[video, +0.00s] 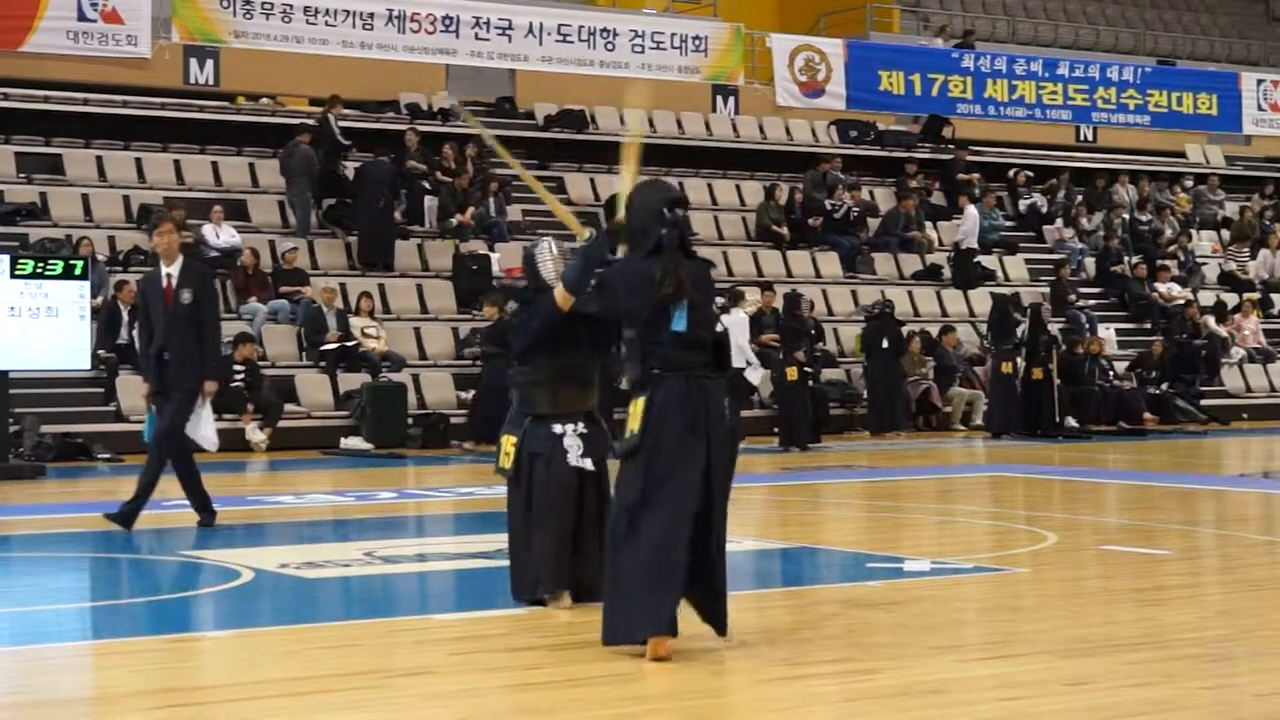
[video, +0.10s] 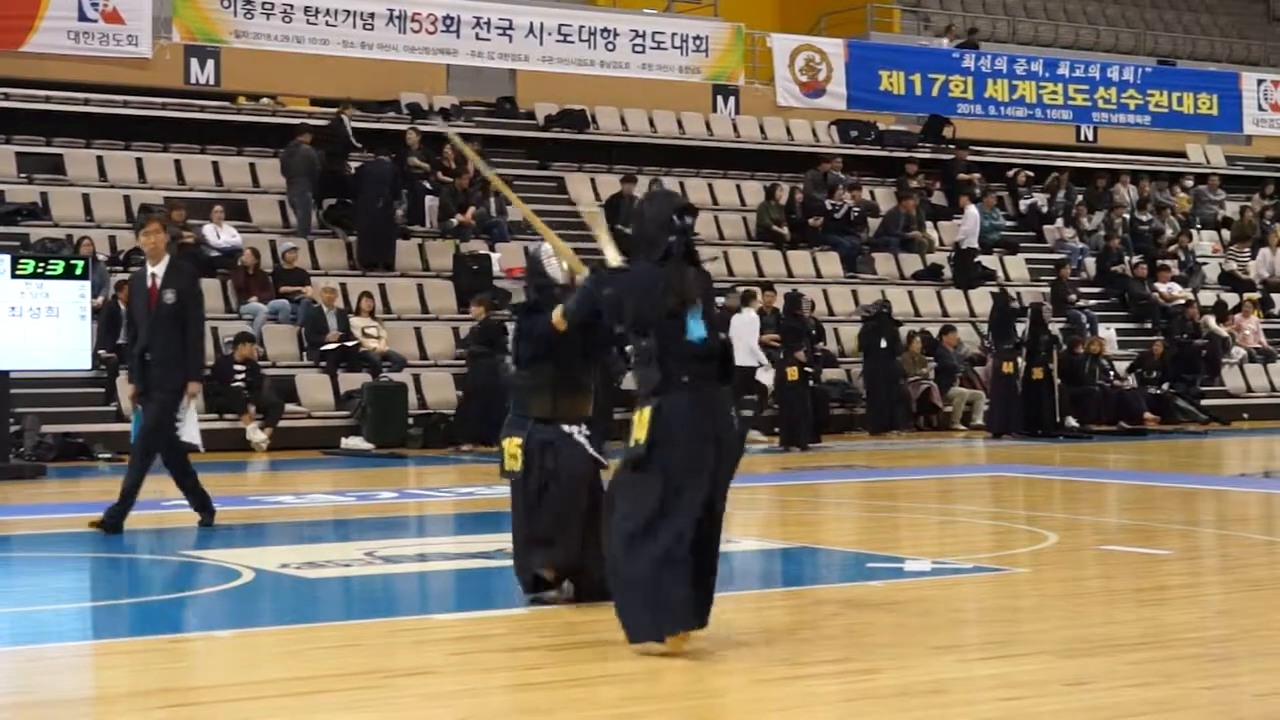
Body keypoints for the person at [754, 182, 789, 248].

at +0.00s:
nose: (781, 194)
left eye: (781, 191)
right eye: (779, 191)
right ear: (772, 192)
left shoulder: (780, 207)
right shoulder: (763, 206)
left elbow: (783, 221)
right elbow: (766, 223)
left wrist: (785, 231)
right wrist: (782, 232)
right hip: (764, 235)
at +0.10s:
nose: (781, 194)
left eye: (781, 191)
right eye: (779, 191)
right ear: (773, 192)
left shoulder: (781, 207)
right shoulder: (763, 206)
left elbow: (783, 221)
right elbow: (766, 223)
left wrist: (786, 231)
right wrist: (782, 232)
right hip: (764, 234)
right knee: (781, 238)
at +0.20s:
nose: (782, 194)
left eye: (782, 191)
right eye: (780, 191)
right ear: (773, 191)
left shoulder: (782, 207)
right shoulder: (764, 206)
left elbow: (784, 220)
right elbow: (767, 223)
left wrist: (786, 231)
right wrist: (783, 232)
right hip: (765, 234)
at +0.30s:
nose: (782, 194)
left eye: (783, 191)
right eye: (781, 191)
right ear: (774, 191)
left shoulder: (782, 207)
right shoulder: (764, 206)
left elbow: (784, 221)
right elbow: (768, 223)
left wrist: (787, 231)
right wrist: (783, 232)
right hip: (765, 233)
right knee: (782, 238)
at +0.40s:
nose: (783, 193)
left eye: (783, 191)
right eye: (781, 191)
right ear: (774, 191)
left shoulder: (783, 207)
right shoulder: (765, 206)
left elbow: (785, 220)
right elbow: (768, 223)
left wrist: (787, 230)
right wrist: (784, 232)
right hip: (766, 234)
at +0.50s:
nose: (784, 193)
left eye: (784, 190)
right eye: (782, 190)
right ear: (775, 190)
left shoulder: (783, 205)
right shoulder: (767, 204)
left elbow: (786, 219)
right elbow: (770, 222)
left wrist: (788, 230)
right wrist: (785, 231)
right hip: (767, 233)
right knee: (784, 236)